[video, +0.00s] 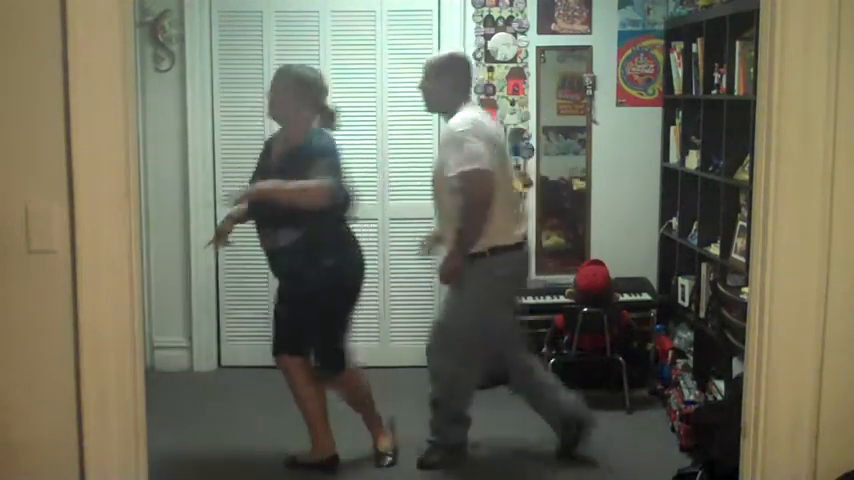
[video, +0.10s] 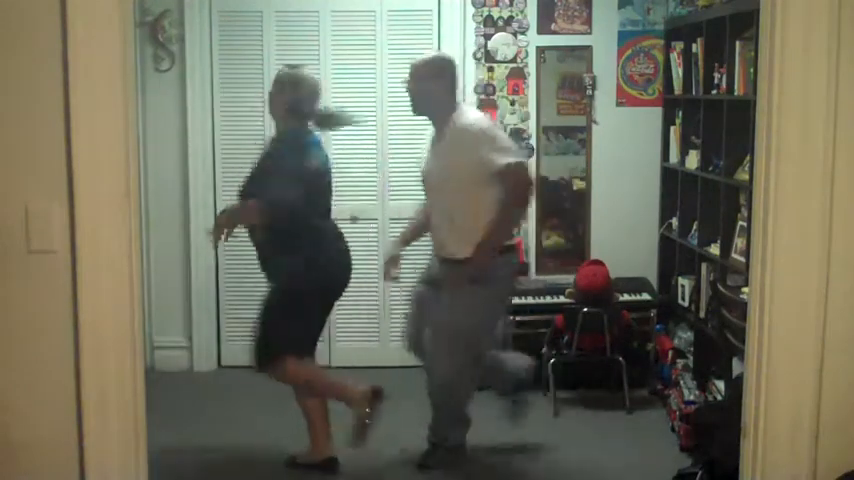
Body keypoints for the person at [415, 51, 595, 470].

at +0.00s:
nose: (421, 89)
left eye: (428, 81)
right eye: (423, 81)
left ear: (450, 82)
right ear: (457, 82)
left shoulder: (464, 127)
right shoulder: (476, 123)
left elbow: (479, 191)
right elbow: (480, 191)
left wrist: (458, 253)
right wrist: (445, 232)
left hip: (488, 260)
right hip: (497, 258)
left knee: (448, 350)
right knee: (505, 350)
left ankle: (448, 442)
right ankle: (569, 419)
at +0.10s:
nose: (408, 92)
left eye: (415, 84)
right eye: (409, 85)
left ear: (441, 85)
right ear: (432, 88)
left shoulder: (474, 128)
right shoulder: (441, 137)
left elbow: (521, 183)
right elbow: (439, 205)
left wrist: (488, 247)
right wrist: (399, 244)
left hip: (480, 267)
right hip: (447, 265)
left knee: (452, 356)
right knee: (422, 341)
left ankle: (448, 444)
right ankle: (516, 375)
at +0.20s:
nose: (418, 86)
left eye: (426, 77)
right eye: (413, 78)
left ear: (446, 80)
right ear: (409, 83)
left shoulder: (487, 125)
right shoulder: (405, 141)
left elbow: (533, 174)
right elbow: (394, 203)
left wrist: (504, 231)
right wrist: (390, 253)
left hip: (475, 261)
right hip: (424, 256)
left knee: (451, 360)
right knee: (395, 336)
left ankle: (446, 443)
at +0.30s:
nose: (442, 73)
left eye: (448, 64)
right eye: (432, 65)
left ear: (456, 67)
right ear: (416, 70)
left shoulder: (482, 114)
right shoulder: (395, 127)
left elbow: (511, 169)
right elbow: (378, 194)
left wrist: (500, 211)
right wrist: (411, 234)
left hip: (468, 247)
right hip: (415, 245)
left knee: (461, 348)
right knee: (419, 335)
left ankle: (434, 439)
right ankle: (387, 389)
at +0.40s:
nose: (465, 64)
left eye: (465, 56)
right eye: (455, 56)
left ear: (459, 64)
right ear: (426, 62)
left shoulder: (466, 113)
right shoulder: (398, 119)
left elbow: (481, 166)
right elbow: (378, 186)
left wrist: (479, 210)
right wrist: (447, 215)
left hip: (447, 245)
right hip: (406, 243)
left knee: (447, 344)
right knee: (433, 343)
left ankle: (402, 434)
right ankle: (386, 432)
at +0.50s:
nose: (462, 68)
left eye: (460, 59)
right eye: (456, 59)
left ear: (427, 63)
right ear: (439, 64)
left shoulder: (432, 117)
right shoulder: (416, 115)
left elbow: (423, 188)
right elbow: (394, 185)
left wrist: (464, 217)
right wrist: (461, 213)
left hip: (415, 244)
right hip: (405, 246)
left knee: (417, 348)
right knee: (426, 349)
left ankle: (401, 449)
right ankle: (409, 453)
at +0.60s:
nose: (447, 76)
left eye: (440, 66)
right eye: (447, 69)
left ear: (410, 68)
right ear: (446, 72)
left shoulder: (383, 113)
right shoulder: (443, 117)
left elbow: (378, 179)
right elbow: (439, 190)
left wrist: (439, 217)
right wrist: (469, 229)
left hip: (365, 245)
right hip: (408, 252)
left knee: (378, 349)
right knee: (412, 353)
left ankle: (393, 439)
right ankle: (397, 457)